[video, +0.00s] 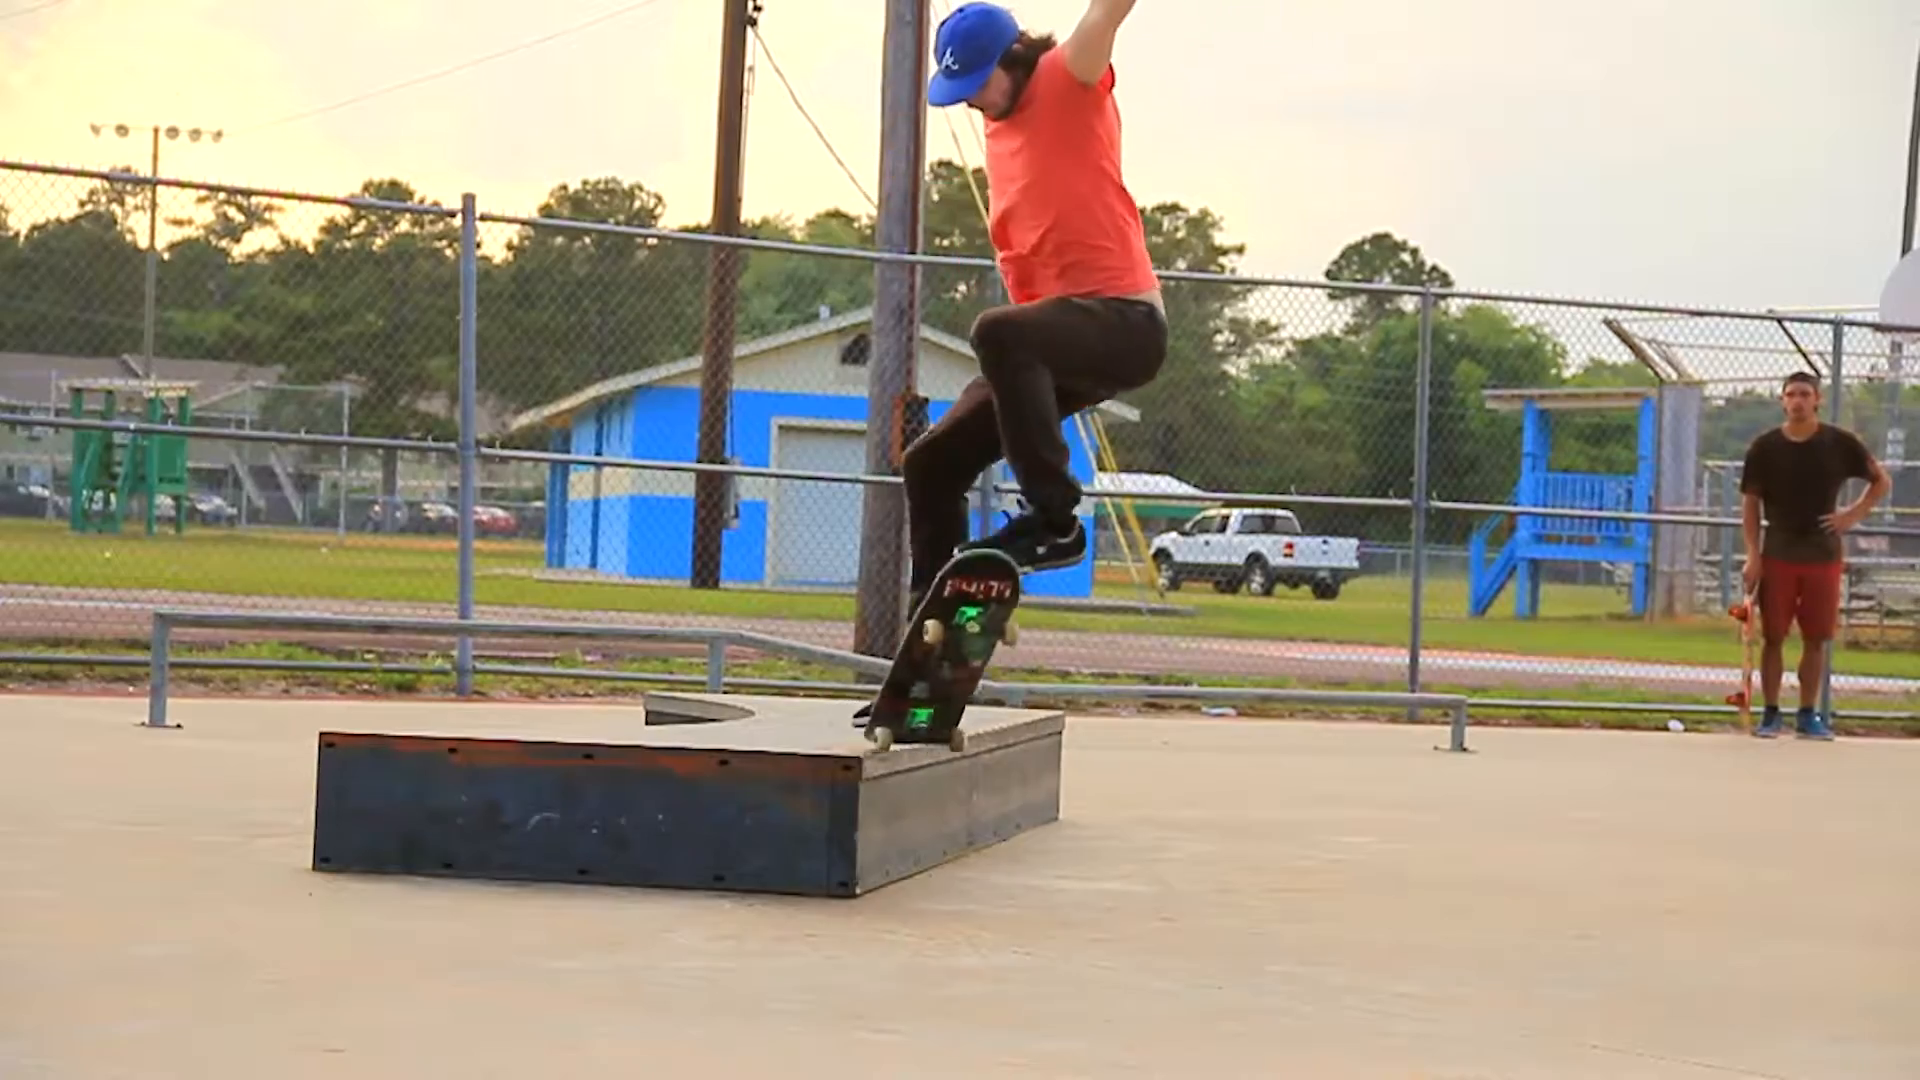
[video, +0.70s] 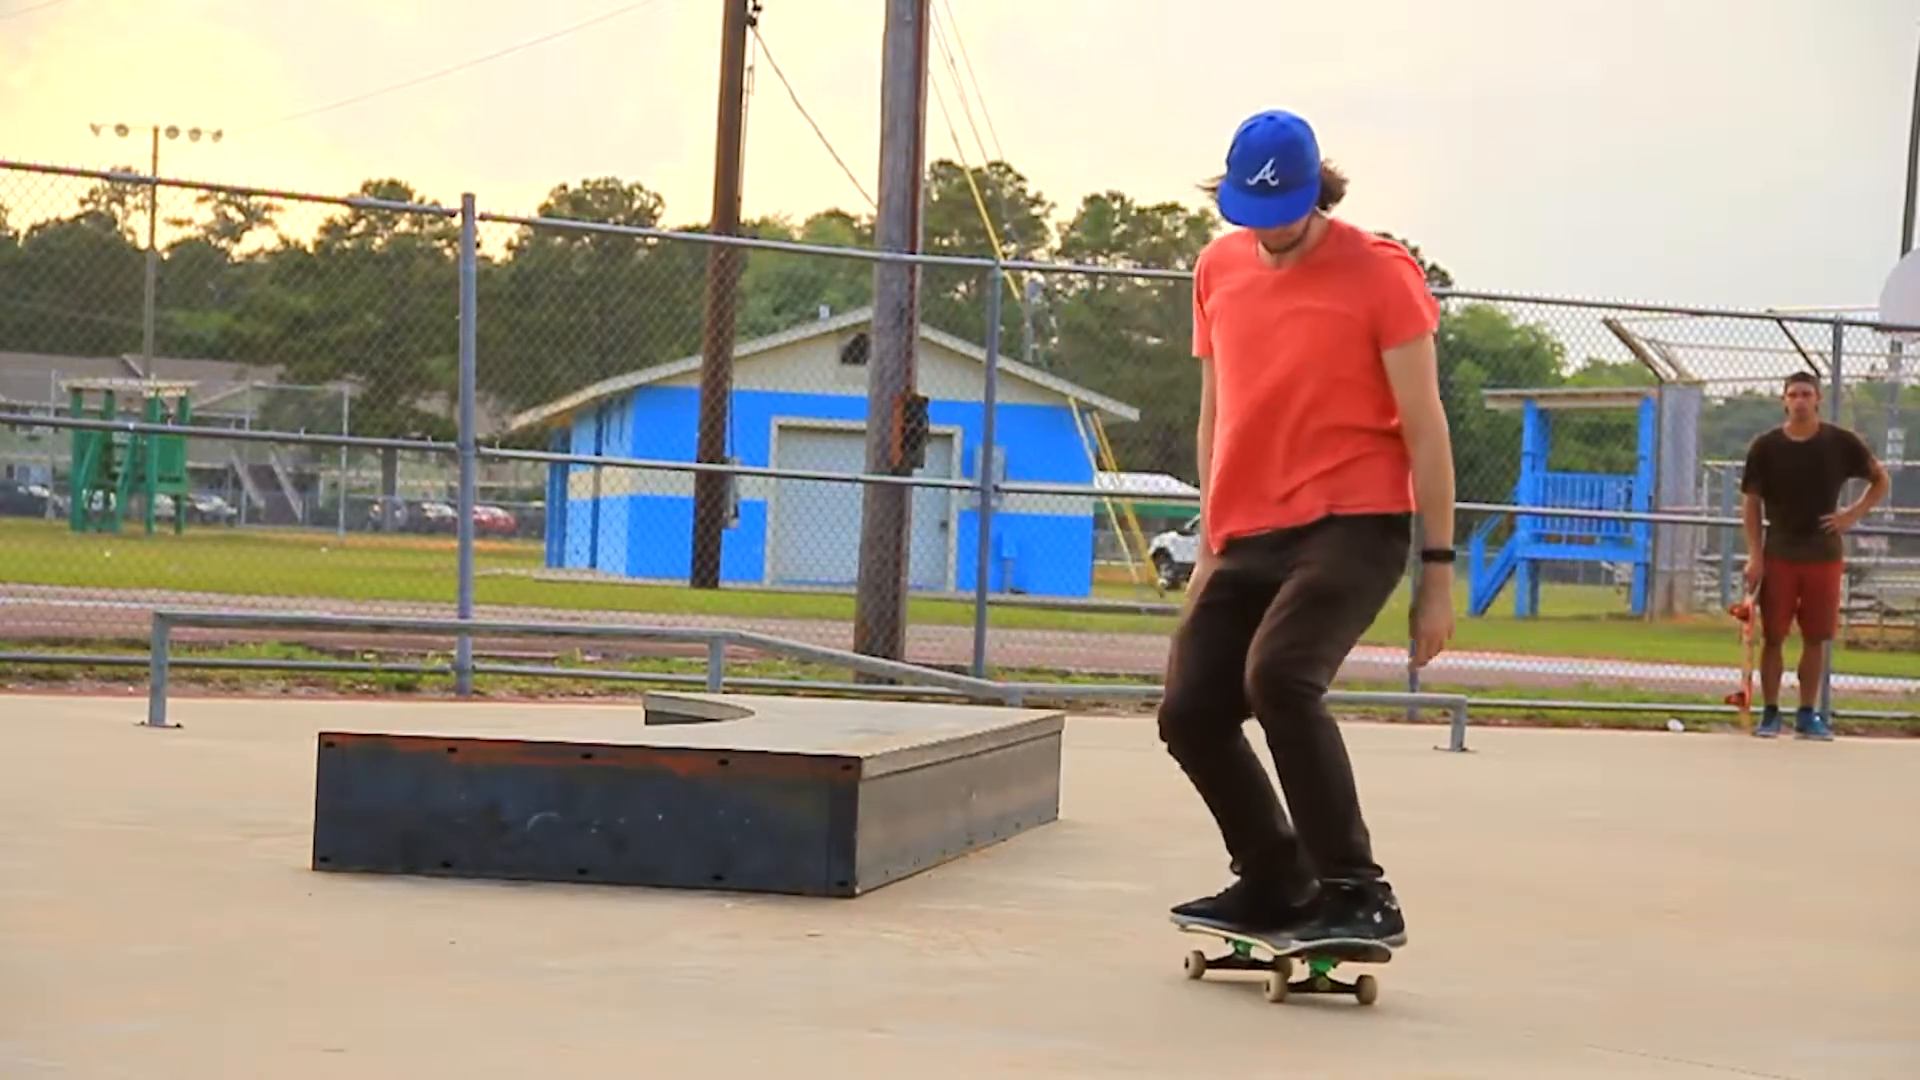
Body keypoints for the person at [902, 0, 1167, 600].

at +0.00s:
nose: (976, 104)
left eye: (980, 87)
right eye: (967, 94)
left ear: (1012, 58)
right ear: (963, 78)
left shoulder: (1068, 73)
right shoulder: (995, 121)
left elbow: (1113, 7)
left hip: (1126, 321)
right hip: (1061, 335)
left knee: (1001, 332)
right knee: (930, 466)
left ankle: (1056, 521)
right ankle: (939, 636)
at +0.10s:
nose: (993, 139)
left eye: (997, 123)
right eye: (984, 129)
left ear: (1028, 94)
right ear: (993, 110)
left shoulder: (1076, 113)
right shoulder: (1025, 151)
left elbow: (1101, 113)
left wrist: (1125, 85)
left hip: (1140, 358)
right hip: (1065, 367)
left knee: (1036, 422)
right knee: (938, 490)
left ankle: (1090, 621)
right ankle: (988, 664)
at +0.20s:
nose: (1033, 196)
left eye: (1037, 181)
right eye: (1022, 186)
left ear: (1067, 152)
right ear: (1019, 168)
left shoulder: (1122, 175)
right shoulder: (1046, 196)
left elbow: (1151, 197)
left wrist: (1141, 204)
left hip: (1140, 444)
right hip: (1068, 442)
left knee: (1063, 601)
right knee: (980, 609)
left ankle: (1108, 822)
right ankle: (1035, 814)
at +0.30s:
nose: (1066, 268)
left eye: (1075, 252)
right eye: (1057, 257)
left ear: (1109, 226)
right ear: (1049, 241)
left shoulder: (1168, 273)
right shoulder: (1072, 281)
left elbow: (1204, 356)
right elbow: (1087, 380)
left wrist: (1166, 390)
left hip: (1165, 528)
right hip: (1081, 526)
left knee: (1069, 663)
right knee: (995, 678)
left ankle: (1142, 850)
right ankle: (1067, 840)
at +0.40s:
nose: (1113, 300)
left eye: (1123, 285)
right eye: (1100, 289)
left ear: (1155, 258)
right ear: (1084, 269)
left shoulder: (1212, 319)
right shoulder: (1094, 321)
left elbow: (1258, 443)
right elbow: (1112, 429)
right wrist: (1110, 523)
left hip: (1205, 561)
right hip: (1109, 563)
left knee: (1107, 678)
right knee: (1016, 709)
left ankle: (1188, 858)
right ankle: (1110, 850)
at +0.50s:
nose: (1166, 302)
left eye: (1176, 286)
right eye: (1152, 289)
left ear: (1211, 258)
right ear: (1134, 267)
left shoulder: (1268, 328)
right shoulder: (1132, 318)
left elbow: (1316, 470)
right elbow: (1137, 454)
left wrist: (1281, 586)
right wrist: (1116, 566)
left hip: (1239, 570)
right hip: (1149, 571)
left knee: (1146, 686)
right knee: (1061, 720)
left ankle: (1237, 869)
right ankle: (1160, 864)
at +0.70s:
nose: (1269, 238)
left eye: (1284, 222)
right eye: (1254, 224)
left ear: (1320, 196)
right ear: (1235, 203)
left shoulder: (1382, 274)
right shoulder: (1219, 268)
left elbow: (1425, 424)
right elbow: (1213, 416)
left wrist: (1437, 566)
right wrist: (1211, 546)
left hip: (1358, 521)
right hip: (1252, 531)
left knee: (1280, 676)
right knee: (1190, 716)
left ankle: (1354, 892)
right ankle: (1276, 883)